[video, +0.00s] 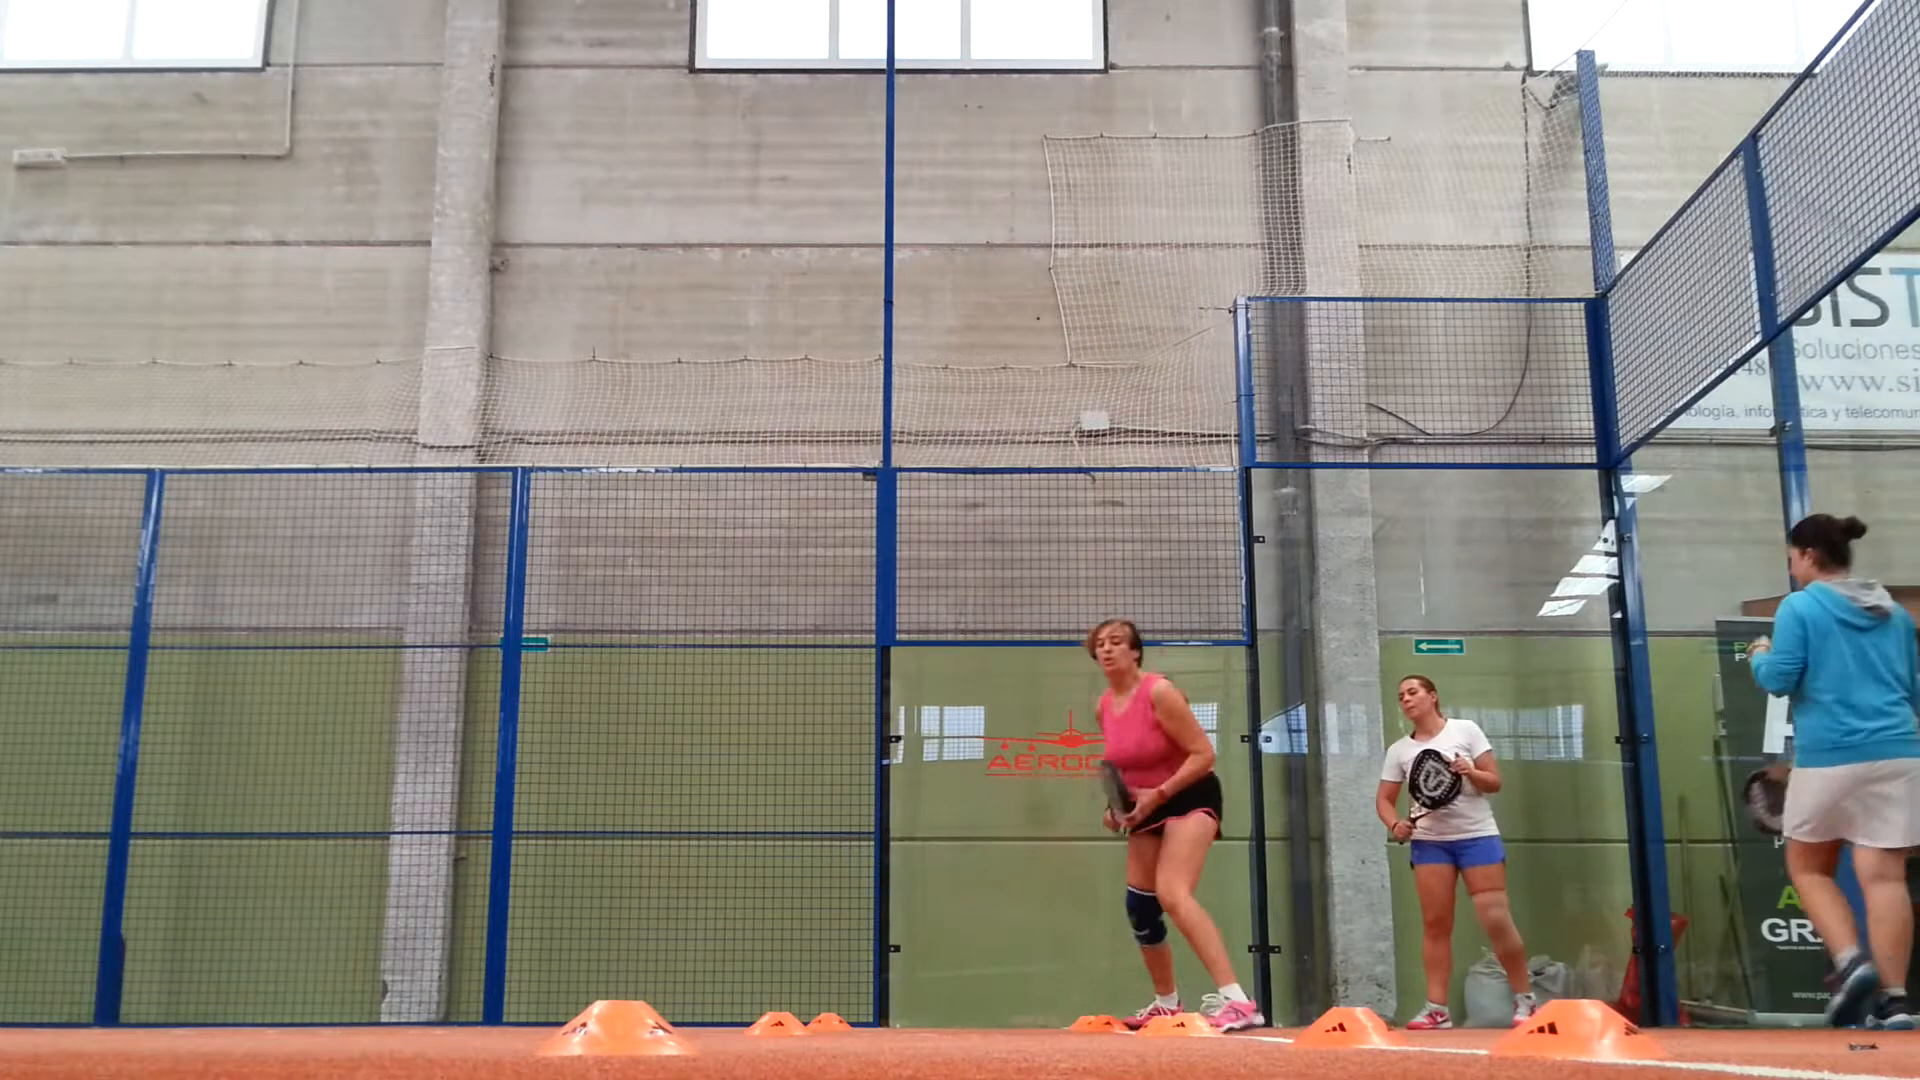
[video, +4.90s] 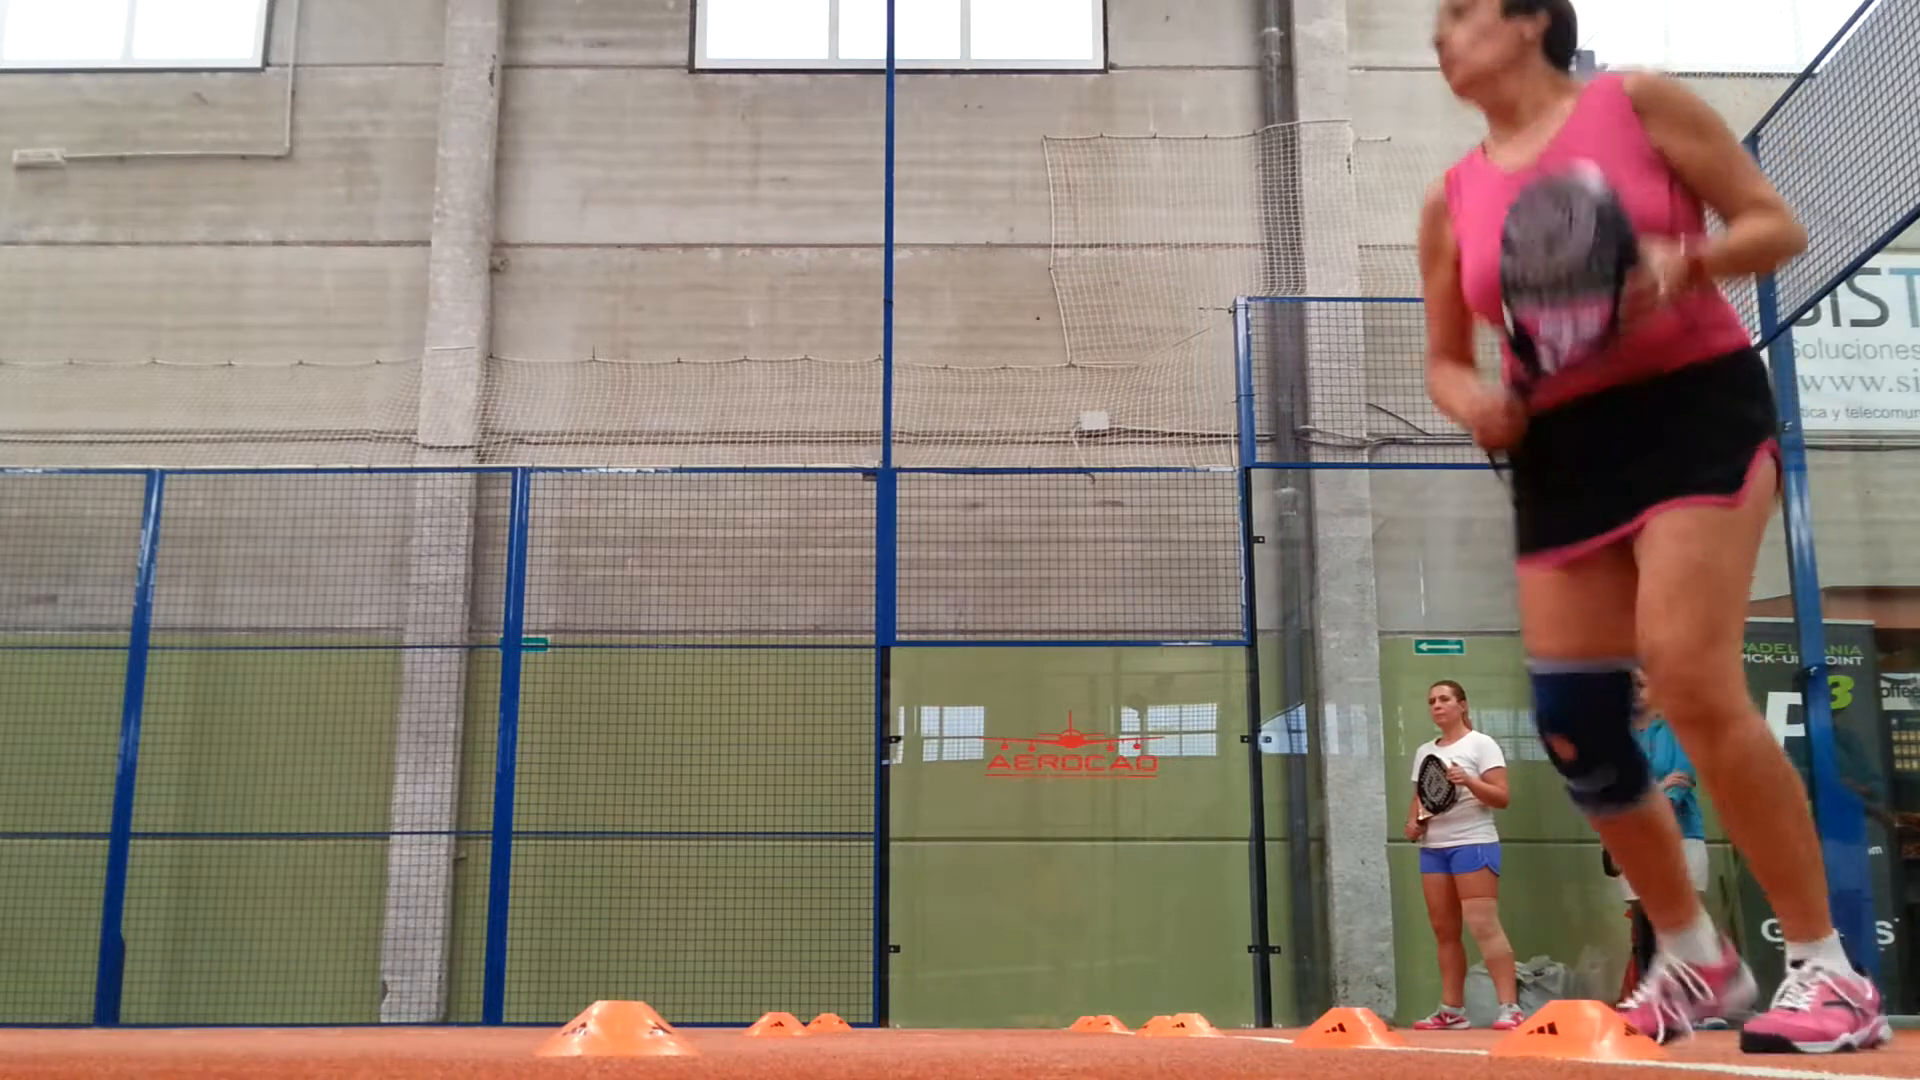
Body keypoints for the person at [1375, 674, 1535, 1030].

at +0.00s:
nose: (1406, 700)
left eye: (1412, 692)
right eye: (1401, 697)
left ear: (1433, 696)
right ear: (1401, 708)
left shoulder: (1466, 731)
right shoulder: (1399, 750)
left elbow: (1494, 783)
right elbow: (1384, 799)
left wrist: (1470, 772)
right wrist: (1394, 823)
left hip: (1477, 837)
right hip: (1430, 842)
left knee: (1496, 919)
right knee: (1435, 924)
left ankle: (1524, 999)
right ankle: (1437, 1008)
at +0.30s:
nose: (1442, 702)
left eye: (1449, 695)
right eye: (1439, 699)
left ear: (1470, 699)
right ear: (1439, 709)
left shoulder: (1499, 736)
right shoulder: (1436, 750)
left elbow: (1525, 789)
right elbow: (1430, 800)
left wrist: (1495, 775)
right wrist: (1431, 822)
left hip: (1502, 844)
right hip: (1456, 847)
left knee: (1506, 926)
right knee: (1449, 925)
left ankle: (1522, 1007)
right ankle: (1438, 1009)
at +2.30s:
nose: (1432, 707)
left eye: (1439, 701)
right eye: (1428, 703)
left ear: (1459, 707)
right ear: (1427, 713)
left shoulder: (1476, 742)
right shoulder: (1426, 754)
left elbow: (1494, 793)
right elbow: (1426, 799)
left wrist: (1454, 778)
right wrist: (1416, 819)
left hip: (1472, 845)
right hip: (1434, 848)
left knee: (1484, 927)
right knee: (1444, 930)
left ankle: (1510, 1006)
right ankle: (1453, 1009)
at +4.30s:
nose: (1435, 707)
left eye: (1443, 700)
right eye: (1431, 702)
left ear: (1462, 706)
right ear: (1429, 710)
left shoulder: (1480, 744)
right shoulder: (1424, 752)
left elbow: (1499, 795)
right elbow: (1418, 796)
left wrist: (1465, 778)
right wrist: (1416, 818)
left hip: (1472, 844)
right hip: (1433, 847)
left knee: (1483, 925)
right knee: (1444, 930)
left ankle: (1509, 1007)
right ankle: (1452, 1009)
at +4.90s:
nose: (1437, 706)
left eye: (1444, 699)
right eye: (1433, 702)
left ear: (1463, 706)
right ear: (1430, 710)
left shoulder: (1483, 745)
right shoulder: (1425, 753)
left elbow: (1501, 797)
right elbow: (1418, 795)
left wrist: (1468, 780)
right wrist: (1414, 821)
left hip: (1473, 845)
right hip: (1434, 848)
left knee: (1483, 926)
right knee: (1445, 930)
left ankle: (1509, 1007)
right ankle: (1452, 1009)